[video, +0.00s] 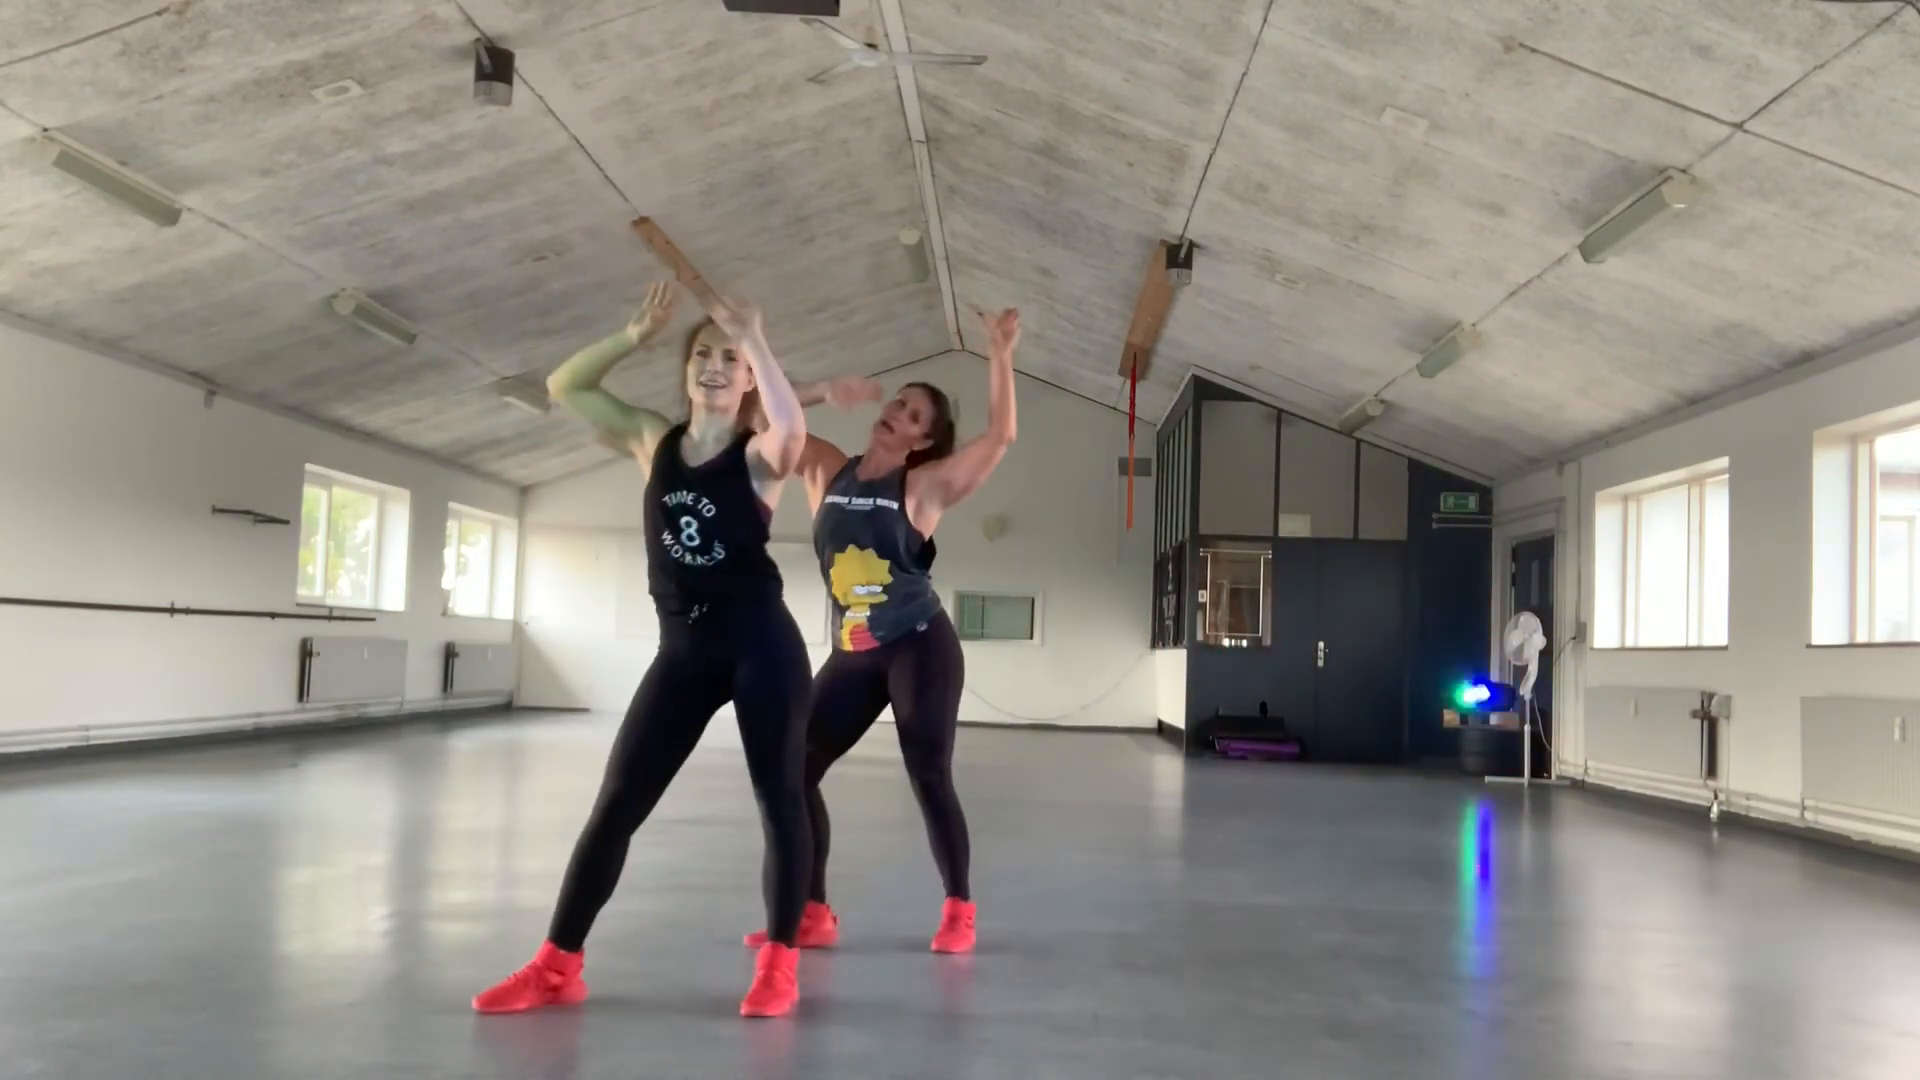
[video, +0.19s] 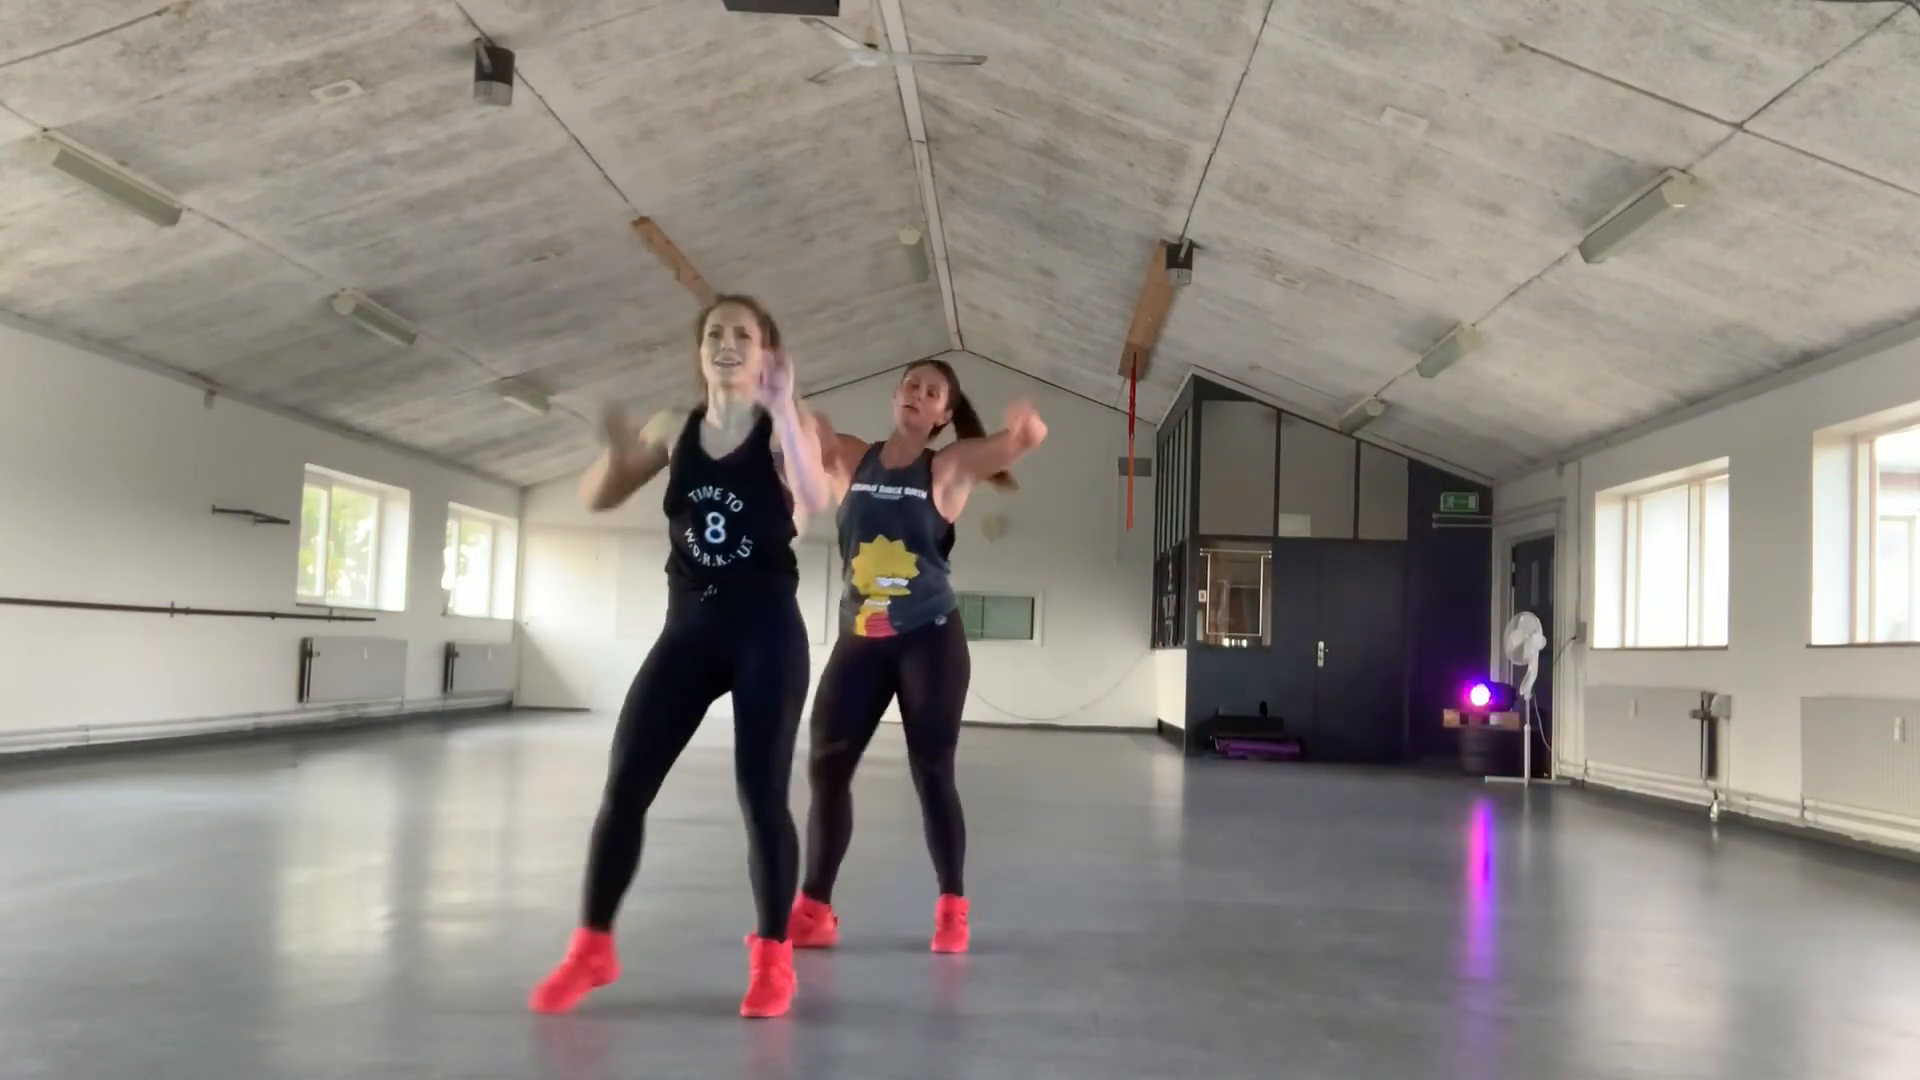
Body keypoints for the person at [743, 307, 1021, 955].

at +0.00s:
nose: (897, 412)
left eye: (913, 414)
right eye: (897, 402)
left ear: (925, 441)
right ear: (881, 412)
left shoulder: (925, 487)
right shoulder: (827, 467)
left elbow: (998, 437)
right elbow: (755, 418)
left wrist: (1001, 354)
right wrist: (821, 393)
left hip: (920, 644)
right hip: (854, 655)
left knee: (928, 771)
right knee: (795, 768)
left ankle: (959, 905)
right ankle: (811, 906)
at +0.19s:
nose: (917, 395)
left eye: (931, 392)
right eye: (911, 385)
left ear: (944, 415)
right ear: (893, 396)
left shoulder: (951, 466)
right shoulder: (853, 456)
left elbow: (1011, 445)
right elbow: (800, 426)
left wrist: (1023, 426)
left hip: (929, 640)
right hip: (859, 641)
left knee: (932, 771)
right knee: (827, 768)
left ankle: (951, 903)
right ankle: (813, 905)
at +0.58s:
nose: (941, 426)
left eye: (952, 418)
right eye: (930, 419)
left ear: (969, 434)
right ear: (915, 436)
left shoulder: (1002, 502)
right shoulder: (893, 516)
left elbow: (1028, 581)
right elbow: (875, 610)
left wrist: (1004, 558)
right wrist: (864, 690)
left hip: (967, 660)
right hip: (901, 662)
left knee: (979, 695)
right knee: (911, 786)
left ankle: (958, 806)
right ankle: (898, 902)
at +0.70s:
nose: (961, 411)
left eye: (972, 403)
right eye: (950, 403)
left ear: (987, 418)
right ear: (934, 419)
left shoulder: (1018, 491)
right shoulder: (907, 492)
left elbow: (1029, 568)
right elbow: (884, 580)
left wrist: (1031, 608)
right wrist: (883, 657)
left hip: (986, 649)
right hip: (916, 650)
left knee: (1003, 721)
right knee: (912, 780)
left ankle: (980, 826)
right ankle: (897, 899)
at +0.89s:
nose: (998, 399)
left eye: (1007, 391)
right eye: (987, 391)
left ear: (1023, 406)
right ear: (969, 405)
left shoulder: (1050, 481)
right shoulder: (944, 459)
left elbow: (1062, 568)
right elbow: (911, 542)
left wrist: (1070, 649)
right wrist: (906, 614)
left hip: (1026, 644)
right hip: (953, 642)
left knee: (1017, 770)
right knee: (952, 764)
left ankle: (1017, 902)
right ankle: (952, 889)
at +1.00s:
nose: (1015, 421)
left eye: (1025, 413)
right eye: (1005, 413)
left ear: (1041, 426)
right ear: (987, 428)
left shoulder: (1069, 484)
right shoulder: (961, 501)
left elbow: (1079, 555)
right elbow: (935, 591)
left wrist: (1075, 609)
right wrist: (920, 664)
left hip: (1039, 649)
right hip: (969, 650)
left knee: (1042, 737)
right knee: (982, 779)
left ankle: (1038, 852)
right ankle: (985, 898)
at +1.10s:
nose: (1035, 422)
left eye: (1045, 413)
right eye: (1024, 413)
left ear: (1059, 429)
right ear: (1006, 428)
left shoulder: (1086, 488)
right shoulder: (979, 505)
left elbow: (1100, 563)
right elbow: (954, 592)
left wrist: (1096, 612)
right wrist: (944, 663)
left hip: (1056, 655)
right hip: (987, 656)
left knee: (1070, 727)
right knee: (995, 779)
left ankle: (1063, 840)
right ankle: (988, 899)